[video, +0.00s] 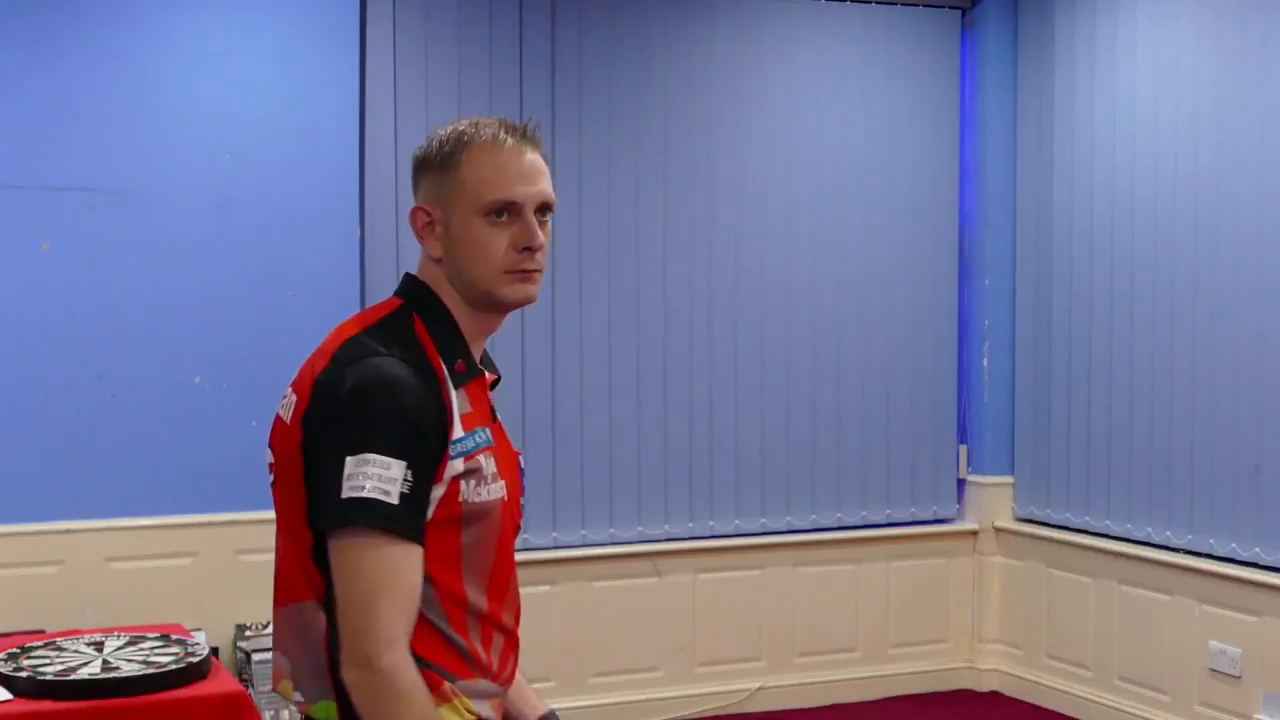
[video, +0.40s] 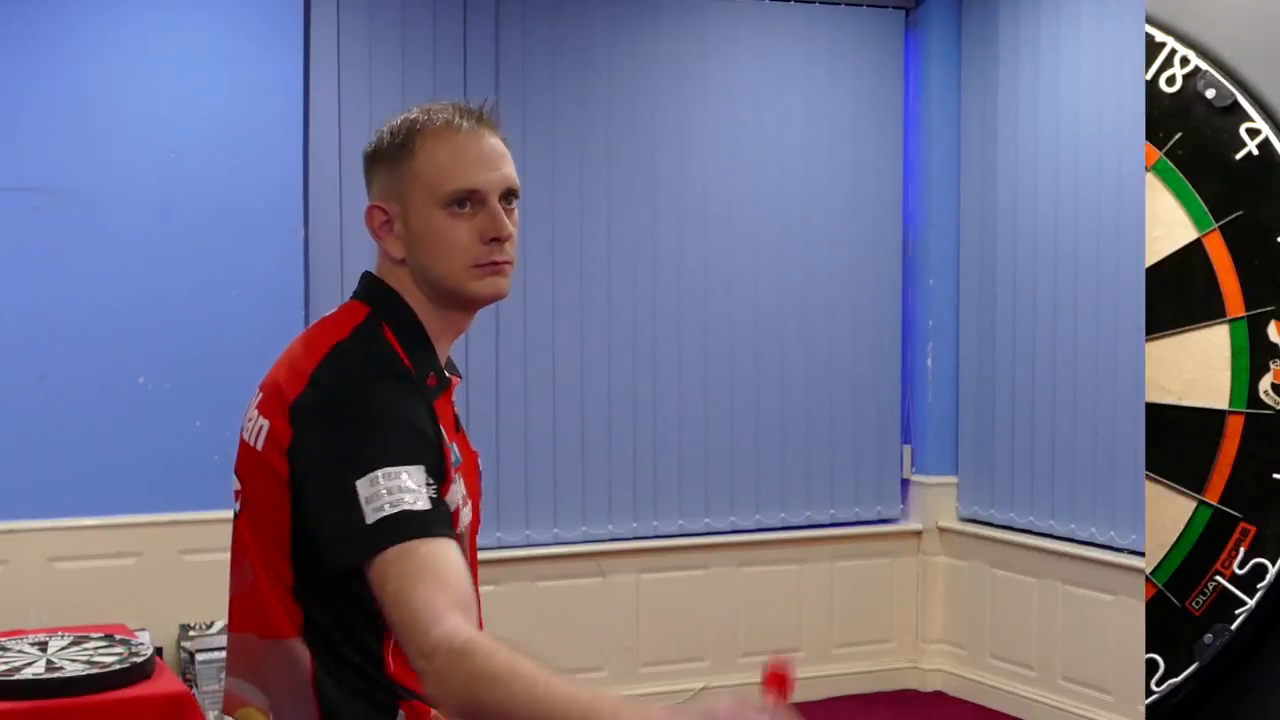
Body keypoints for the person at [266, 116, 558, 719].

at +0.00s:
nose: (533, 237)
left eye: (543, 214)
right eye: (501, 214)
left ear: (554, 219)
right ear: (429, 229)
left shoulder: (460, 373)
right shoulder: (383, 383)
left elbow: (462, 620)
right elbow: (374, 662)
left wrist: (526, 706)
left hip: (478, 696)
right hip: (408, 702)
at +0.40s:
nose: (500, 226)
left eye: (507, 201)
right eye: (464, 204)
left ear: (518, 209)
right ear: (388, 229)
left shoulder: (408, 373)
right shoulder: (364, 381)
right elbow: (445, 655)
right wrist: (664, 714)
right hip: (376, 706)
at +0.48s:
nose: (477, 227)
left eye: (485, 203)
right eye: (441, 207)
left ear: (499, 211)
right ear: (364, 231)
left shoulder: (380, 374)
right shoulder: (342, 384)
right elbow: (445, 635)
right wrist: (657, 630)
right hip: (351, 712)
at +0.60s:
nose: (446, 232)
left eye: (453, 207)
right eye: (408, 211)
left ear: (467, 215)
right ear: (330, 236)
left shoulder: (348, 377)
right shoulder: (305, 384)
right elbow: (438, 623)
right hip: (312, 708)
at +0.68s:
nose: (424, 240)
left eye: (430, 213)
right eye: (387, 217)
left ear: (440, 222)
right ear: (306, 241)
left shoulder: (287, 367)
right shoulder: (289, 385)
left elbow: (187, 665)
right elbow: (428, 607)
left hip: (240, 707)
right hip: (288, 708)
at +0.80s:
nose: (392, 243)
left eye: (400, 214)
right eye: (352, 218)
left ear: (413, 219)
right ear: (275, 246)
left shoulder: (294, 382)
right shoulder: (246, 391)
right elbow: (412, 598)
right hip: (247, 705)